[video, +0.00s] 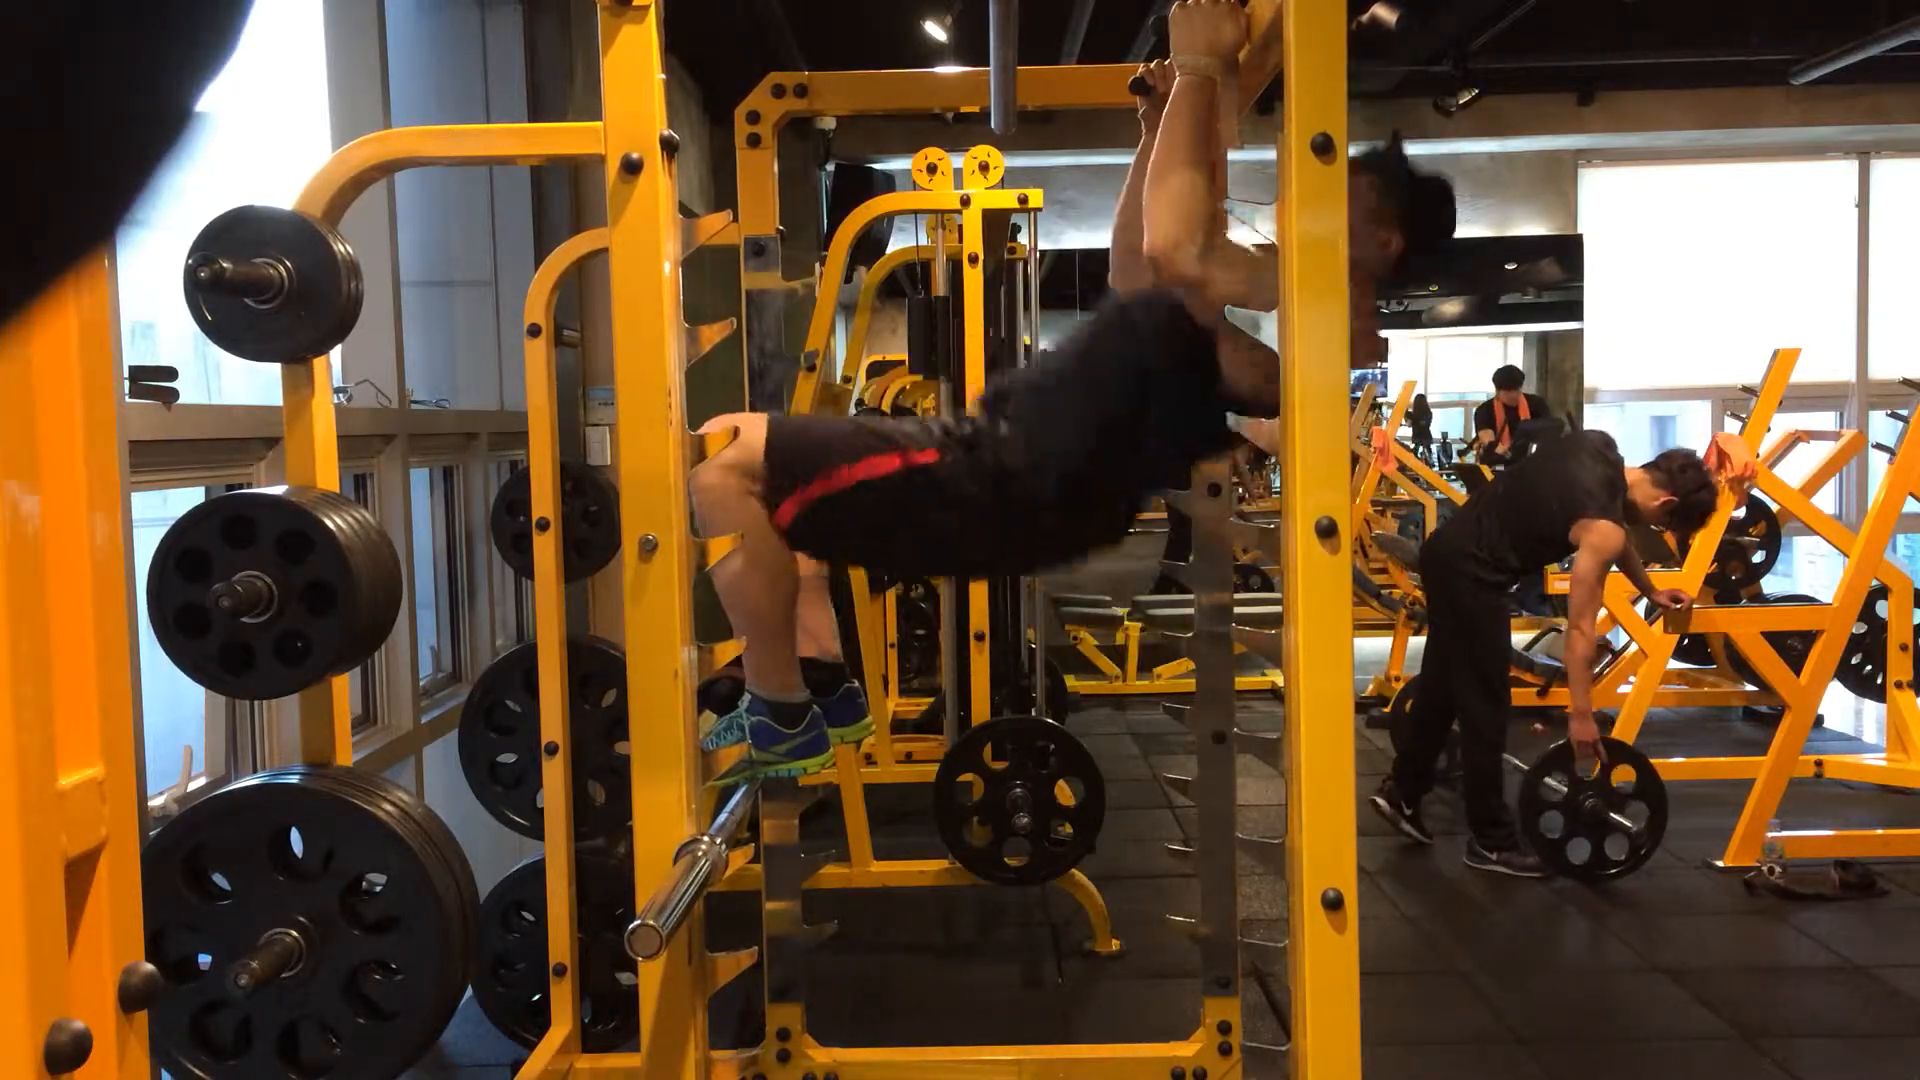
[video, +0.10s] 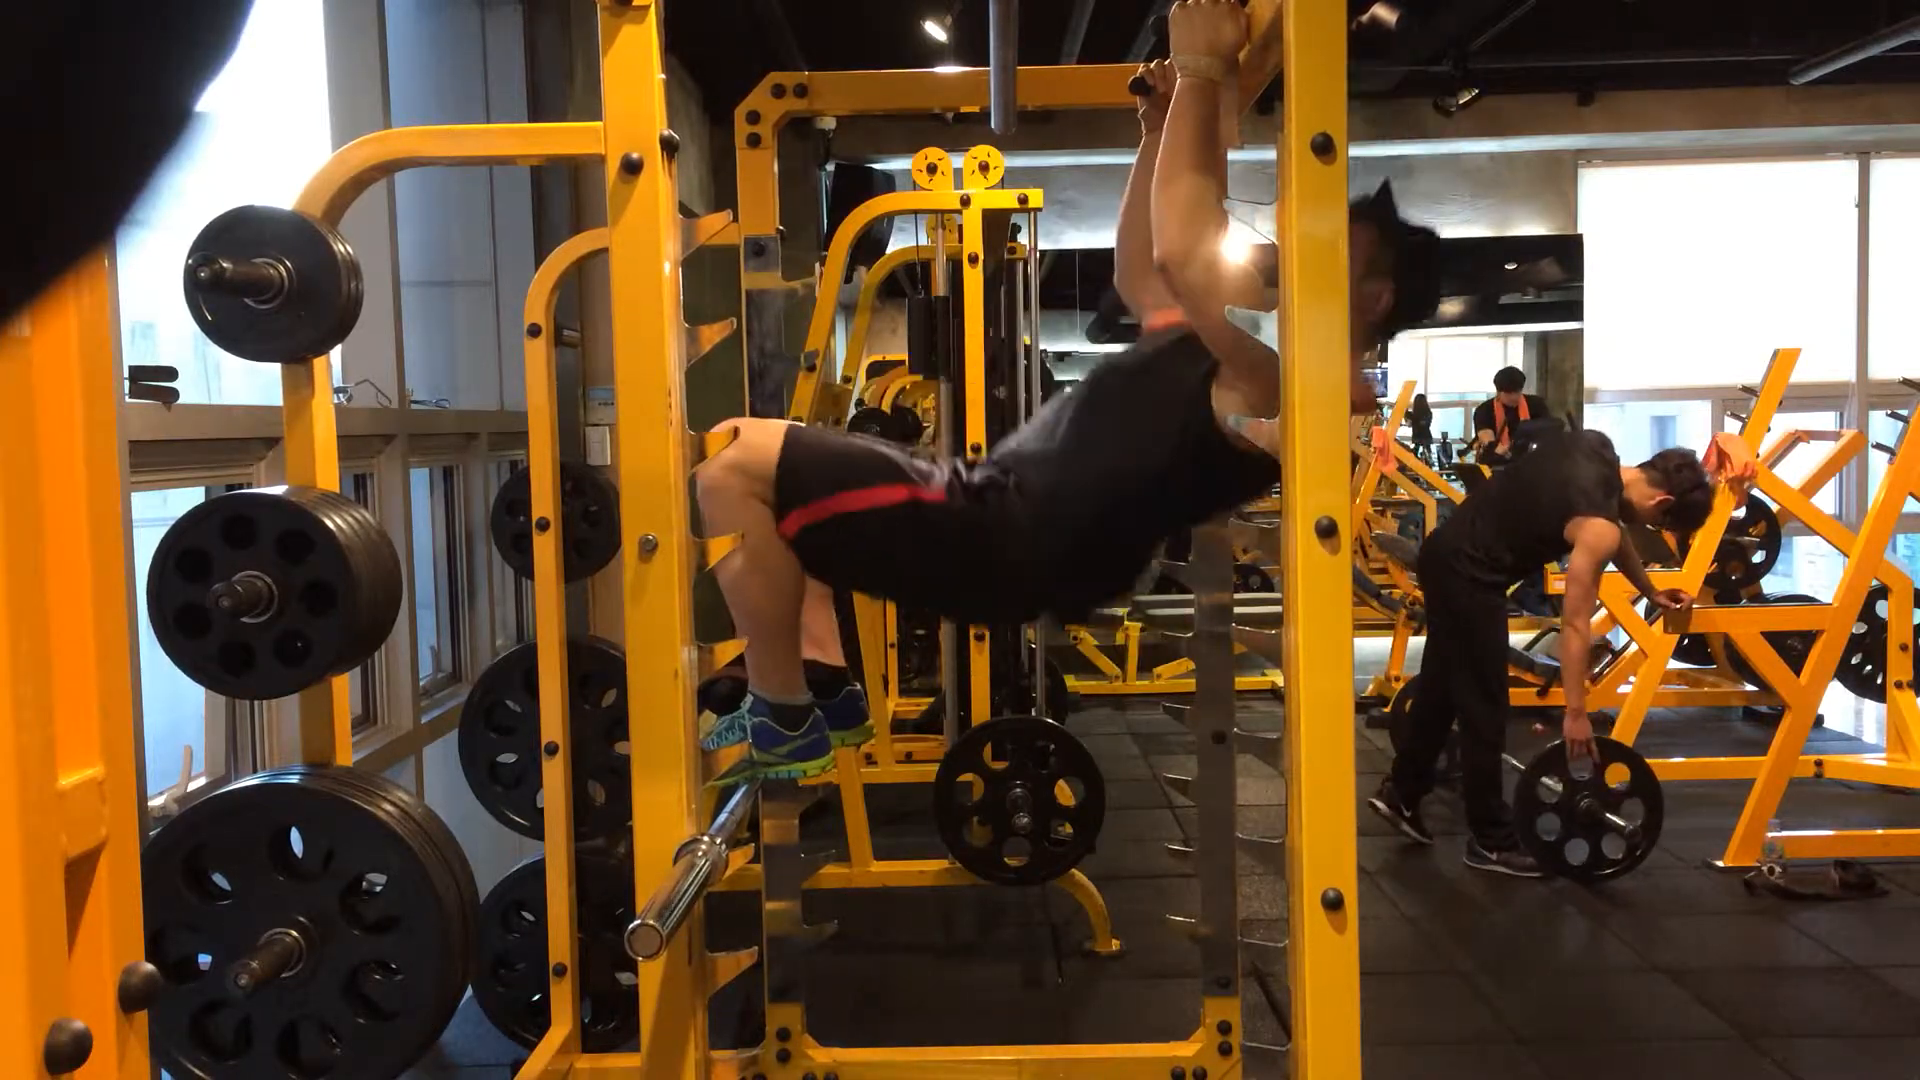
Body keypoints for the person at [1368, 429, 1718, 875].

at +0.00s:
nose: (1655, 528)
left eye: (1662, 526)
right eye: (1663, 523)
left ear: (1647, 466)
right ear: (1663, 501)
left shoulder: (1596, 445)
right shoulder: (1602, 526)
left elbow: (1611, 533)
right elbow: (1580, 630)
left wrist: (1649, 589)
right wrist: (1581, 714)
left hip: (1448, 552)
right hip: (1474, 578)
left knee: (1441, 685)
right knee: (1488, 706)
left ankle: (1402, 792)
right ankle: (1490, 837)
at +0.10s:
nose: (1651, 527)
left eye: (1658, 525)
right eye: (1659, 522)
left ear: (1643, 469)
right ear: (1659, 500)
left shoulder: (1593, 447)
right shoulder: (1598, 525)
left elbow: (1613, 532)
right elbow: (1574, 626)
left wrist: (1650, 589)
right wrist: (1576, 711)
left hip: (1446, 555)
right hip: (1471, 580)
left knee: (1440, 687)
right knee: (1486, 708)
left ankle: (1401, 793)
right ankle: (1490, 838)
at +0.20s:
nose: (1644, 525)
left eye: (1651, 524)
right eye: (1652, 521)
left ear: (1642, 473)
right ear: (1653, 496)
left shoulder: (1588, 447)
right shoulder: (1591, 522)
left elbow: (1611, 529)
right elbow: (1569, 624)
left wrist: (1649, 589)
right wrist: (1573, 708)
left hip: (1446, 554)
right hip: (1468, 577)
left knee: (1440, 687)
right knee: (1483, 707)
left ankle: (1401, 794)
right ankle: (1490, 838)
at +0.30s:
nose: (1636, 514)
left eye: (1644, 514)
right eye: (1644, 511)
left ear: (1640, 466)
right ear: (1645, 486)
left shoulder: (1575, 442)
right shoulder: (1583, 511)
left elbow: (1608, 528)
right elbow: (1565, 613)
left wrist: (1650, 589)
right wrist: (1571, 700)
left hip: (1442, 558)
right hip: (1463, 578)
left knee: (1438, 691)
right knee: (1483, 708)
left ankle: (1400, 799)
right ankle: (1490, 838)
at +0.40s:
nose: (1627, 498)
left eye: (1637, 496)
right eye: (1637, 493)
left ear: (1627, 448)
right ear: (1636, 470)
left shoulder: (1561, 437)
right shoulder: (1574, 499)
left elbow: (1606, 523)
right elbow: (1555, 599)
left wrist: (1647, 586)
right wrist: (1570, 691)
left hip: (1439, 561)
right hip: (1462, 579)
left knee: (1435, 694)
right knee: (1482, 709)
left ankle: (1399, 802)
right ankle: (1490, 838)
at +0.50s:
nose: (1618, 482)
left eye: (1627, 477)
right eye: (1626, 475)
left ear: (1613, 437)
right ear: (1623, 453)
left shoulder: (1549, 435)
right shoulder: (1562, 483)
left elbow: (1592, 526)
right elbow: (1547, 584)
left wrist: (1636, 578)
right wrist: (1566, 674)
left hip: (1433, 565)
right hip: (1462, 581)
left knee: (1433, 693)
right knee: (1483, 710)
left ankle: (1406, 807)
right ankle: (1490, 838)